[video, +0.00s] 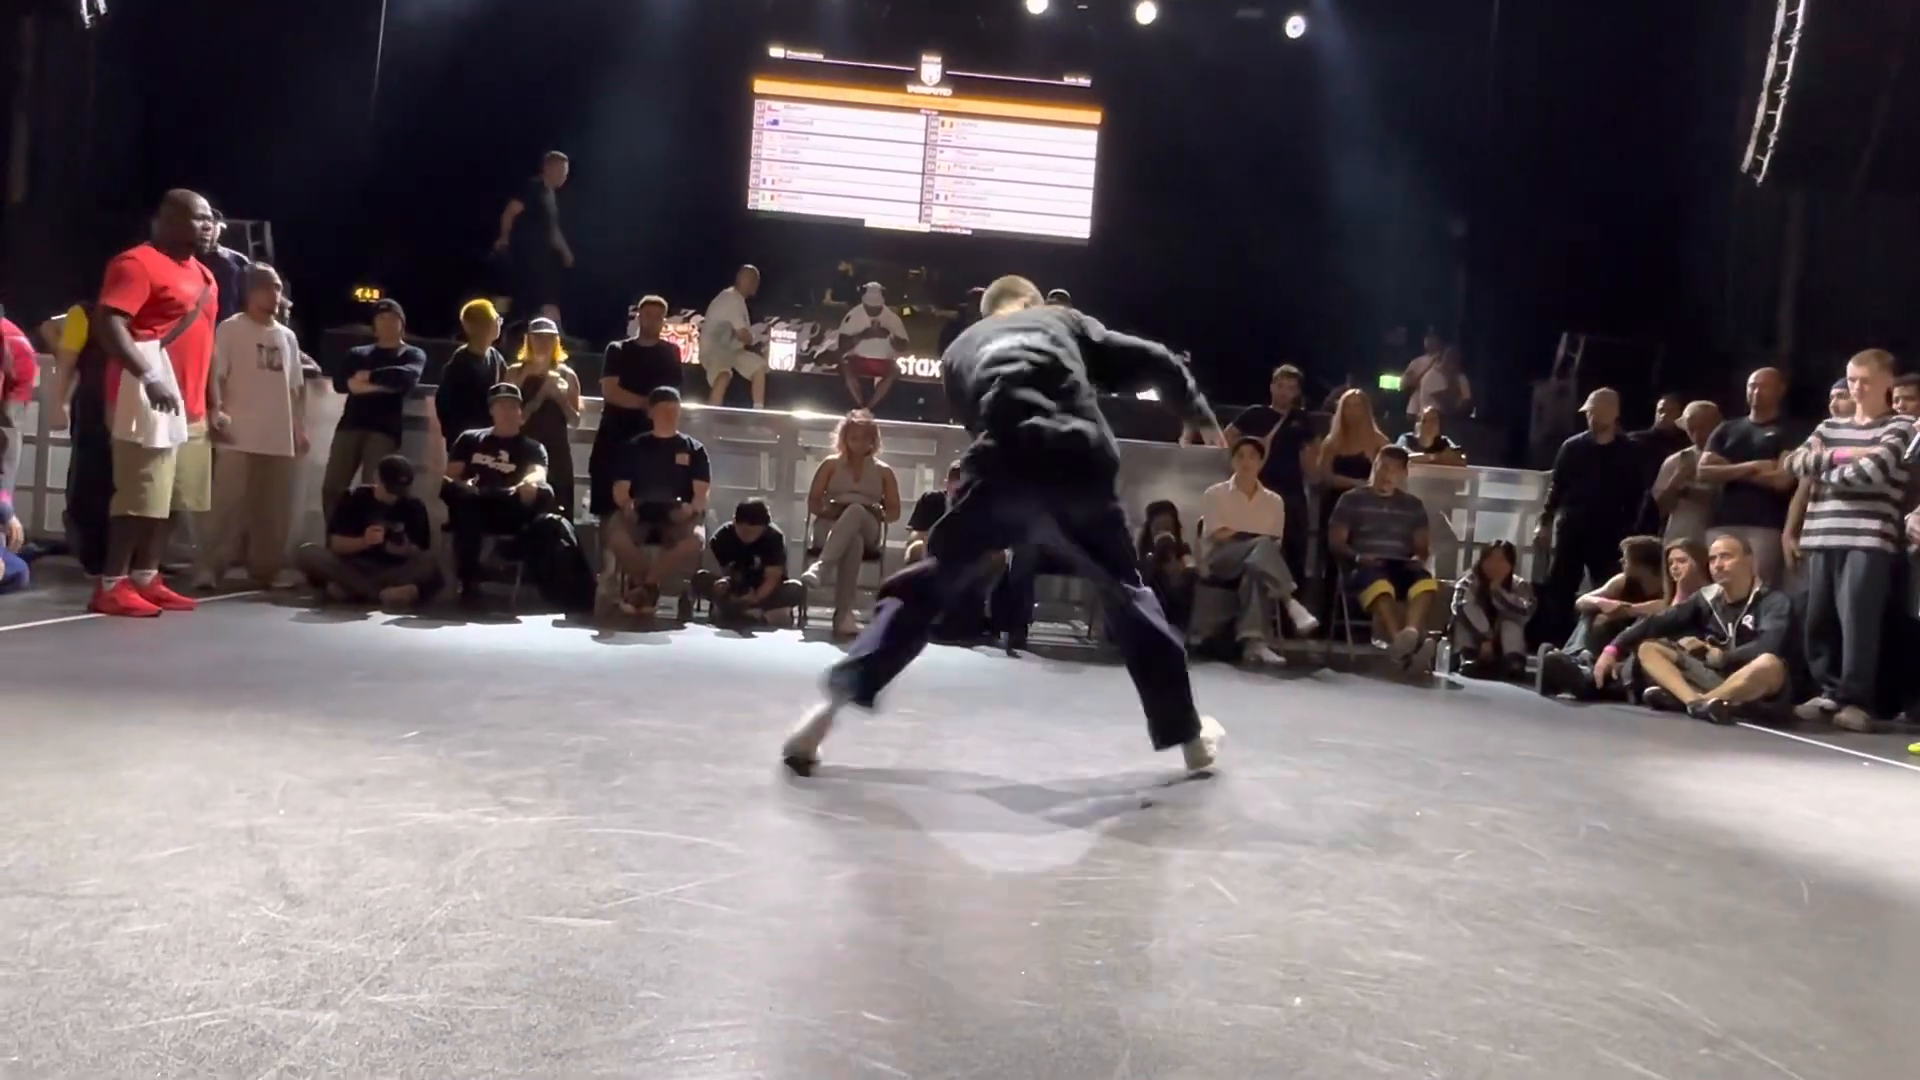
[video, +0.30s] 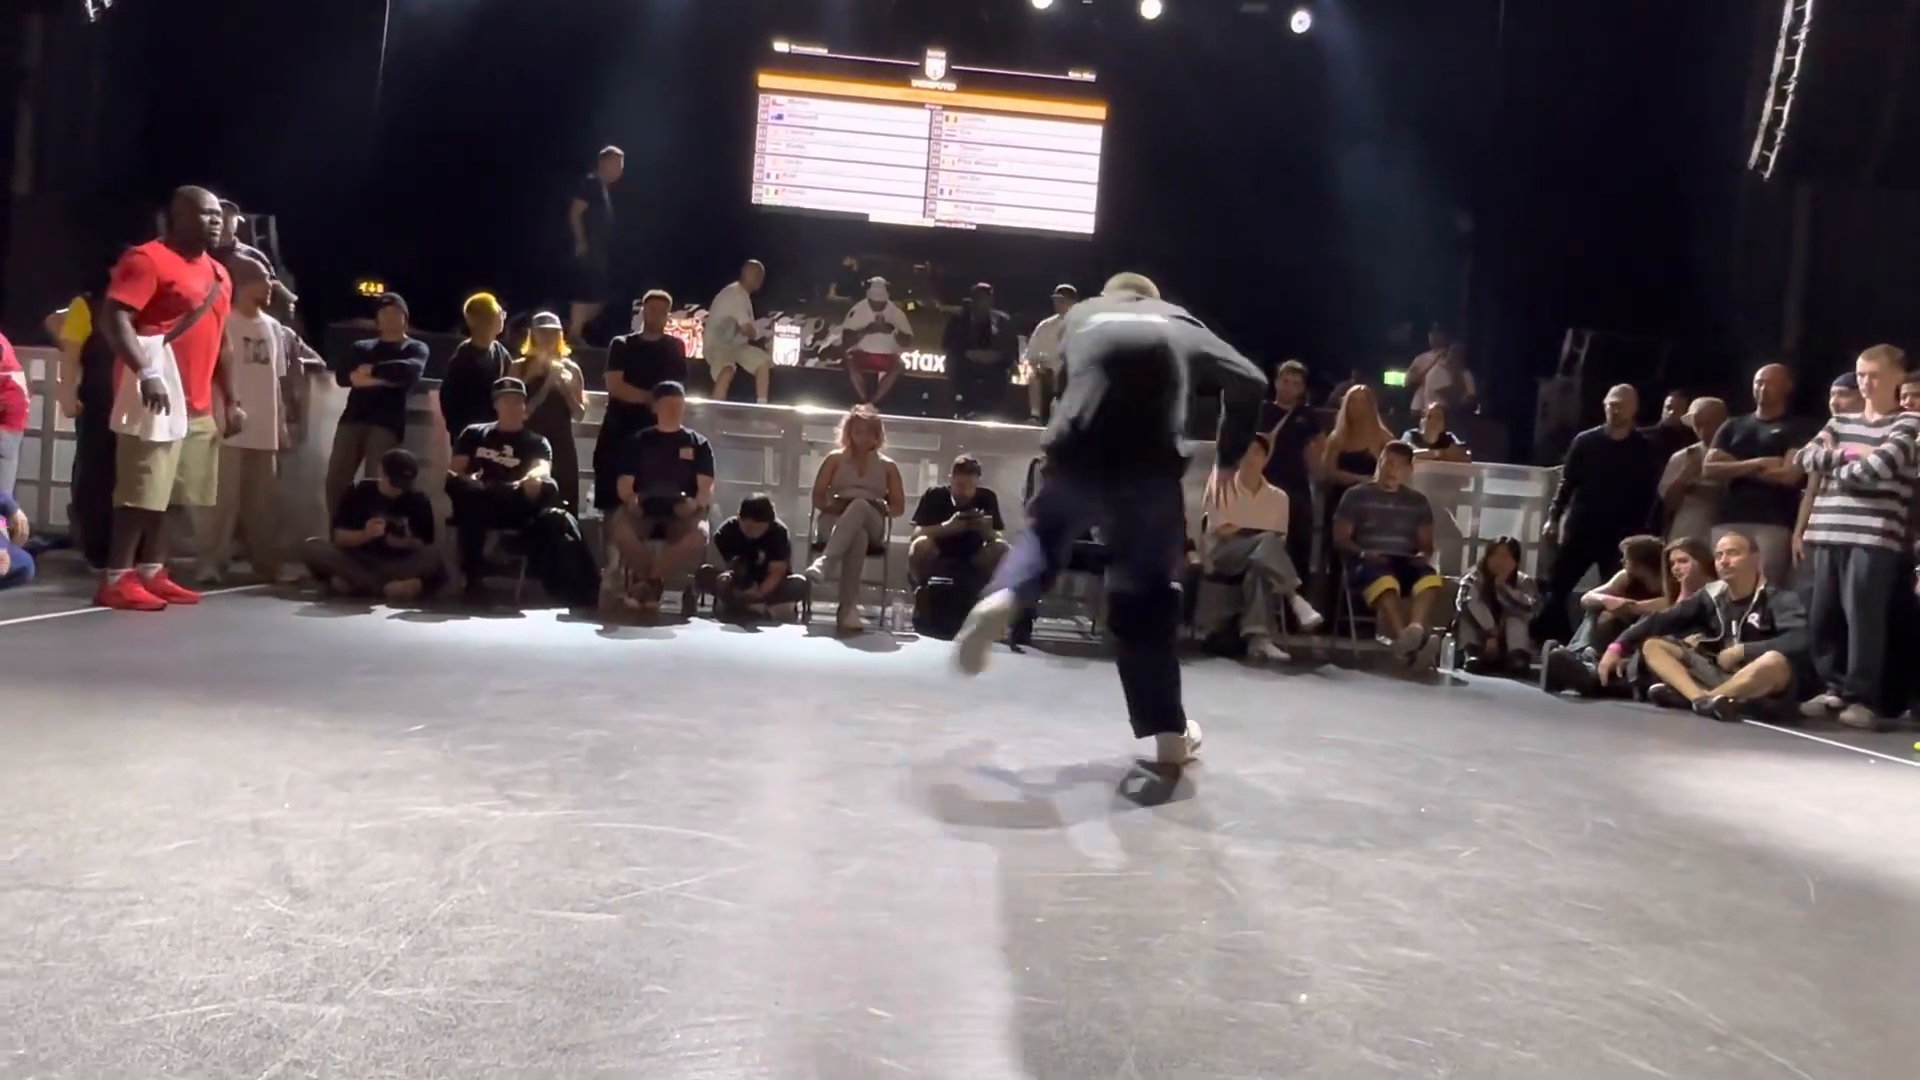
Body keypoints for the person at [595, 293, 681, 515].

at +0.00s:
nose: (652, 321)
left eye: (657, 316)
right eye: (648, 315)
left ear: (663, 321)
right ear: (638, 317)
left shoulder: (670, 352)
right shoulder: (617, 349)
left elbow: (672, 397)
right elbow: (609, 391)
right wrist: (648, 403)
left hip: (652, 436)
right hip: (615, 434)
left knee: (649, 504)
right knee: (609, 507)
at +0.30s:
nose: (657, 315)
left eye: (662, 310)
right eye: (652, 309)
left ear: (668, 315)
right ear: (643, 311)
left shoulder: (674, 346)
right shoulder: (621, 343)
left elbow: (676, 393)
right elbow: (613, 386)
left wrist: (626, 388)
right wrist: (652, 398)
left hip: (657, 428)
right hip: (620, 426)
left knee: (654, 497)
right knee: (612, 499)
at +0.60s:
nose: (662, 311)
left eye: (667, 307)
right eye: (657, 305)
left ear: (672, 311)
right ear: (647, 307)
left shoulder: (679, 343)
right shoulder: (626, 340)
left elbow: (682, 388)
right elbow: (618, 383)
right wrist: (656, 395)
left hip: (661, 424)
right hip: (624, 422)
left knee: (658, 492)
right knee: (617, 495)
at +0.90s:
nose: (666, 308)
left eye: (671, 303)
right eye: (661, 302)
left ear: (676, 308)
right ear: (650, 305)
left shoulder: (682, 340)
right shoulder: (629, 338)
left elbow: (685, 385)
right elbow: (621, 381)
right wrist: (659, 393)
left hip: (665, 423)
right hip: (628, 421)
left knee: (662, 491)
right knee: (620, 493)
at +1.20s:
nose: (669, 308)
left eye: (674, 303)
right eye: (664, 302)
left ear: (678, 306)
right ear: (653, 303)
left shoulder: (685, 338)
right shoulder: (631, 335)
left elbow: (688, 382)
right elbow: (624, 378)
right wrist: (662, 391)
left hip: (668, 422)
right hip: (630, 420)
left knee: (665, 488)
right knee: (623, 491)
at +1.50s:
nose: (671, 305)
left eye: (675, 300)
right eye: (665, 299)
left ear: (679, 303)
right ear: (654, 301)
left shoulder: (686, 335)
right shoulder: (633, 333)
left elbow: (689, 380)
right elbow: (625, 375)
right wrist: (663, 388)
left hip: (669, 418)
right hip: (632, 416)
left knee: (666, 485)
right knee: (623, 488)